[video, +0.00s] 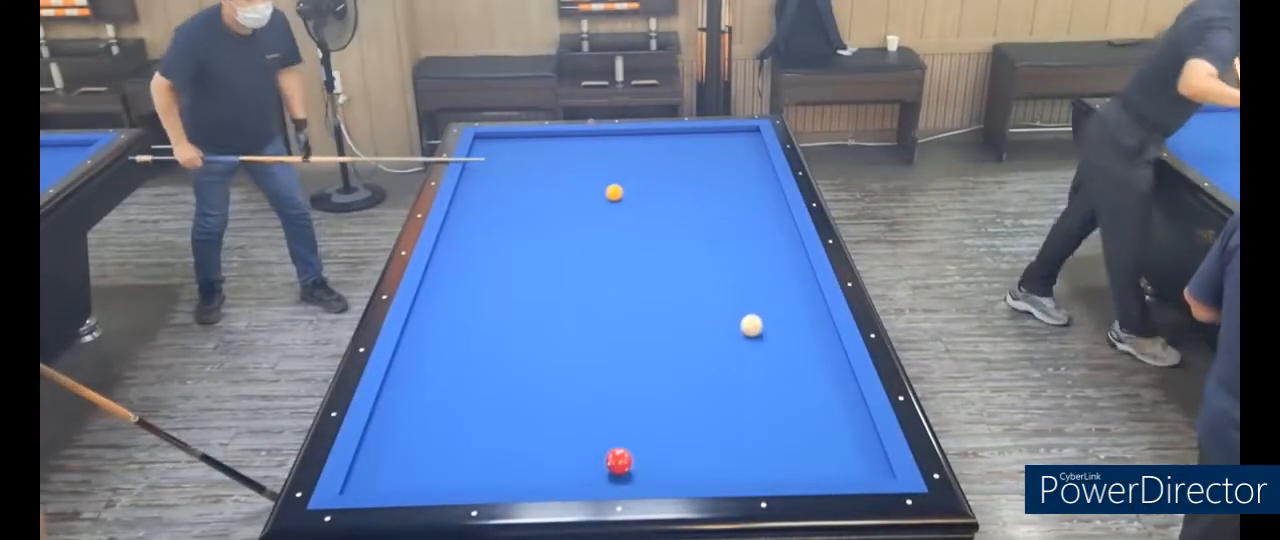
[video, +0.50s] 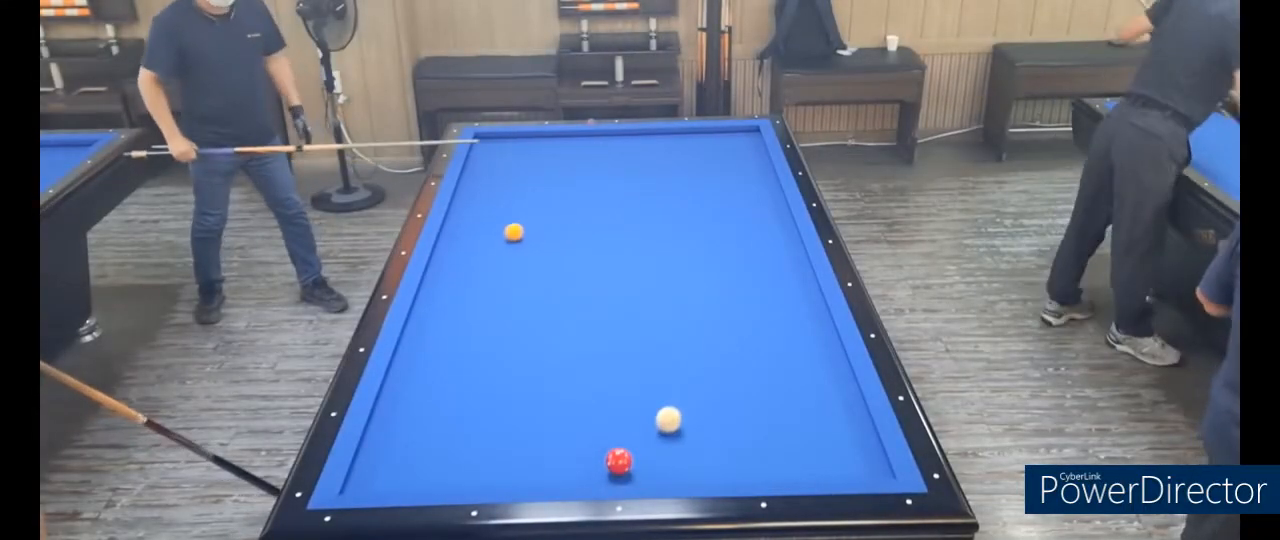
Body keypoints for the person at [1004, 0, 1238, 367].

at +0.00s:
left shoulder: (1214, 9)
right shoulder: (1222, 26)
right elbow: (1193, 84)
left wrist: (1230, 79)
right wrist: (1239, 97)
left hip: (1116, 127)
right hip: (1126, 142)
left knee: (1079, 217)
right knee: (1125, 240)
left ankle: (1032, 288)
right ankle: (1132, 329)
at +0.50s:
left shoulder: (1179, 3)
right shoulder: (1236, 24)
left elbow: (1124, 34)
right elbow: (1236, 94)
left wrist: (1161, 29)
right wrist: (1224, 94)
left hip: (1120, 120)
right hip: (1158, 136)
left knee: (1088, 219)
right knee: (1137, 237)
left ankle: (1059, 301)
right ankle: (1130, 329)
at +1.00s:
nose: (1205, 0)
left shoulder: (1158, 8)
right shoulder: (1163, 12)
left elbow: (1137, 66)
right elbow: (1114, 74)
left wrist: (1179, 83)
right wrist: (1154, 131)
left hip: (1114, 132)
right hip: (1132, 143)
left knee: (1090, 220)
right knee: (1119, 239)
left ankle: (1060, 299)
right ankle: (1076, 331)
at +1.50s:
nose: (1228, 15)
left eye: (1231, 9)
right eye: (1232, 8)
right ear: (1220, 3)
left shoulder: (1154, 7)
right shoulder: (1169, 18)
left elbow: (1097, 57)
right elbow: (1102, 67)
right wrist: (1075, 139)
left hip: (1112, 141)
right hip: (1122, 148)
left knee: (1096, 238)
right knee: (1102, 245)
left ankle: (1069, 310)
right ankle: (1070, 335)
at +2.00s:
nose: (1237, 15)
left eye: (1238, 8)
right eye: (1236, 6)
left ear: (1217, 4)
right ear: (1215, 1)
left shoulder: (1194, 28)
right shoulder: (1163, 26)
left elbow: (1154, 91)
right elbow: (1099, 87)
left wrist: (1164, 140)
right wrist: (1076, 156)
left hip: (1150, 155)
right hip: (1123, 155)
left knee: (1105, 237)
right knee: (1122, 266)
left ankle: (1071, 306)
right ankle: (1104, 367)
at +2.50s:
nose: (1237, 49)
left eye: (1241, 41)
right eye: (1233, 38)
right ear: (1207, 19)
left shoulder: (1235, 71)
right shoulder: (1148, 56)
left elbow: (1233, 136)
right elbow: (1102, 125)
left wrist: (1235, 183)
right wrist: (1076, 196)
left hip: (1200, 201)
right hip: (1134, 194)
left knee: (1188, 303)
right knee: (1113, 293)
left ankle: (1136, 355)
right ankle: (1106, 379)